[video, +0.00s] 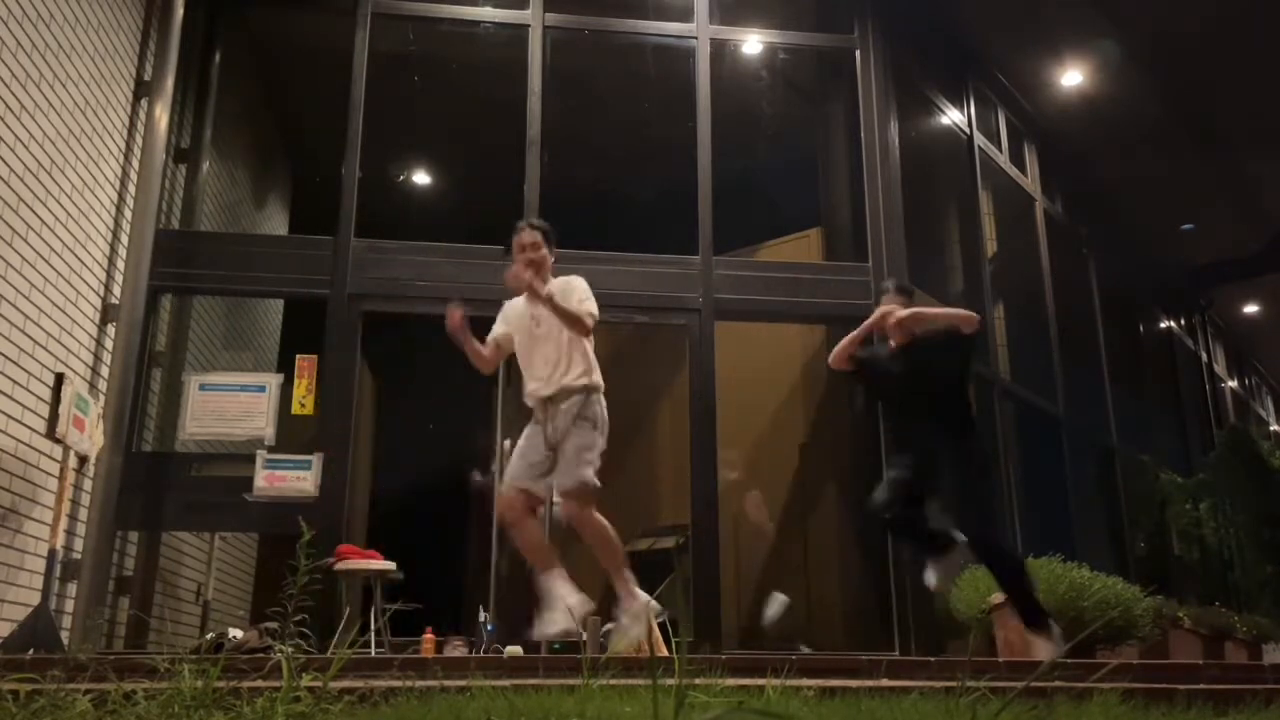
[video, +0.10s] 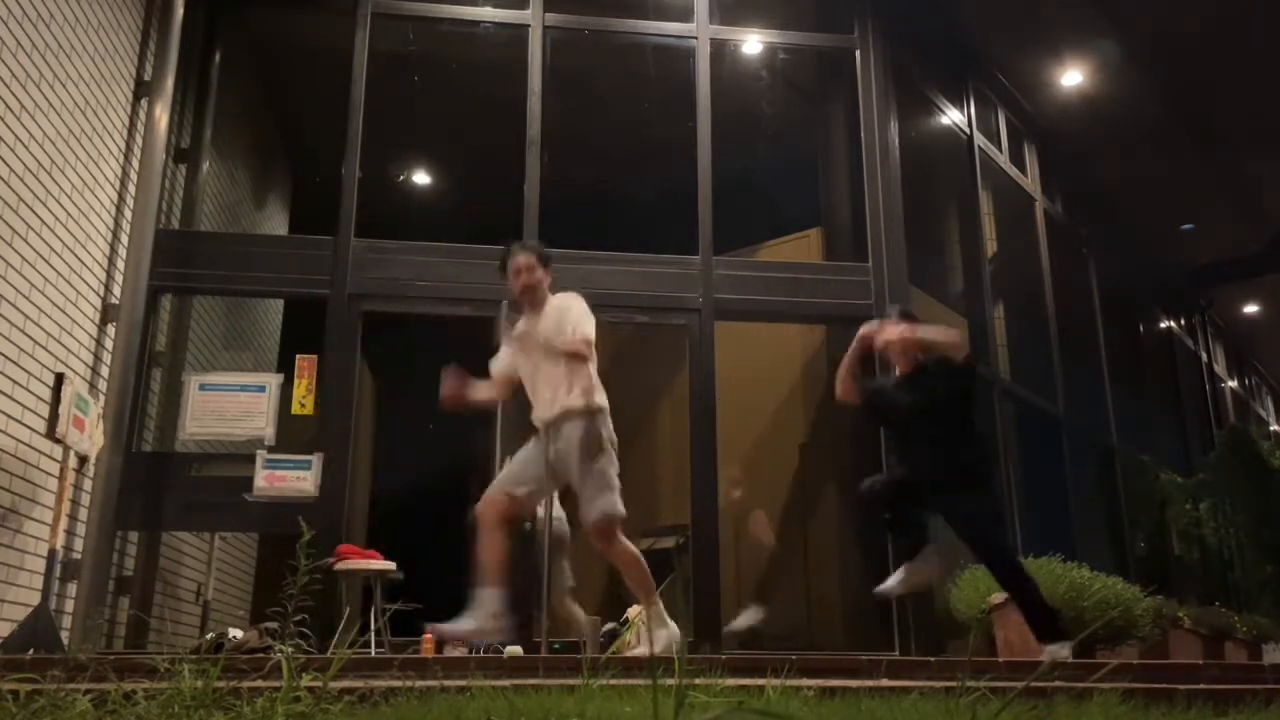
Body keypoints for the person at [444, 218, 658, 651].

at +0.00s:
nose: (529, 256)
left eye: (535, 247)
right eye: (522, 250)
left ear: (550, 252)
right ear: (512, 260)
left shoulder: (570, 285)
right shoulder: (514, 308)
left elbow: (585, 327)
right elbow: (488, 362)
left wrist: (541, 294)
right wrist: (463, 336)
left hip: (582, 406)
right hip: (543, 416)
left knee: (576, 507)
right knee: (511, 506)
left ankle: (633, 601)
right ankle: (565, 599)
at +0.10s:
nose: (524, 278)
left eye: (531, 270)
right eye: (516, 272)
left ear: (547, 273)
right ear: (509, 281)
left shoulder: (568, 304)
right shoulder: (518, 333)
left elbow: (583, 349)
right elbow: (498, 388)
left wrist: (534, 331)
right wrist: (465, 390)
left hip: (586, 425)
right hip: (548, 434)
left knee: (605, 534)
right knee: (491, 509)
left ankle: (660, 625)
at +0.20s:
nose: (515, 307)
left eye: (521, 297)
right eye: (506, 301)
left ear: (537, 302)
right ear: (498, 310)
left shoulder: (564, 338)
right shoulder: (511, 366)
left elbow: (586, 388)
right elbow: (502, 430)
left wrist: (558, 424)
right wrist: (466, 468)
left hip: (590, 459)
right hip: (546, 464)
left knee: (605, 557)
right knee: (483, 530)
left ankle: (664, 633)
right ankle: (421, 622)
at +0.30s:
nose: (492, 307)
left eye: (498, 299)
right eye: (483, 301)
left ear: (512, 305)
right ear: (472, 312)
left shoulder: (539, 345)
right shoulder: (478, 365)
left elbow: (581, 397)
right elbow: (489, 435)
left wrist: (613, 446)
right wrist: (488, 497)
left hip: (567, 459)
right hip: (520, 470)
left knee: (592, 555)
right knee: (458, 534)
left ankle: (661, 629)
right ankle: (408, 631)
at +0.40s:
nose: (465, 291)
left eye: (471, 283)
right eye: (456, 284)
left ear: (484, 287)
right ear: (442, 292)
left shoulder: (509, 328)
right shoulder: (443, 342)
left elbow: (563, 364)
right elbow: (461, 399)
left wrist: (610, 390)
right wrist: (475, 446)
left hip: (528, 449)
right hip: (479, 456)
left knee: (568, 541)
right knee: (426, 523)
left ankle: (641, 616)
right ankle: (402, 630)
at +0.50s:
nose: (451, 272)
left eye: (458, 264)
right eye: (443, 264)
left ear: (469, 269)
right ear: (428, 269)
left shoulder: (493, 311)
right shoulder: (419, 320)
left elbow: (541, 339)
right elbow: (429, 373)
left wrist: (584, 360)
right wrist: (441, 415)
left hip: (496, 433)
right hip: (446, 438)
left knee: (516, 530)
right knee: (408, 523)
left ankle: (585, 589)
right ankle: (401, 630)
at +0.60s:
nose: (446, 260)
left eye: (453, 253)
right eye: (438, 251)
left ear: (462, 259)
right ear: (421, 255)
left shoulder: (481, 304)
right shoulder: (400, 308)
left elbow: (520, 337)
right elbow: (394, 364)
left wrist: (559, 366)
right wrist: (394, 407)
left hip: (472, 422)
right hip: (419, 424)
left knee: (473, 520)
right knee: (392, 521)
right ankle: (400, 630)